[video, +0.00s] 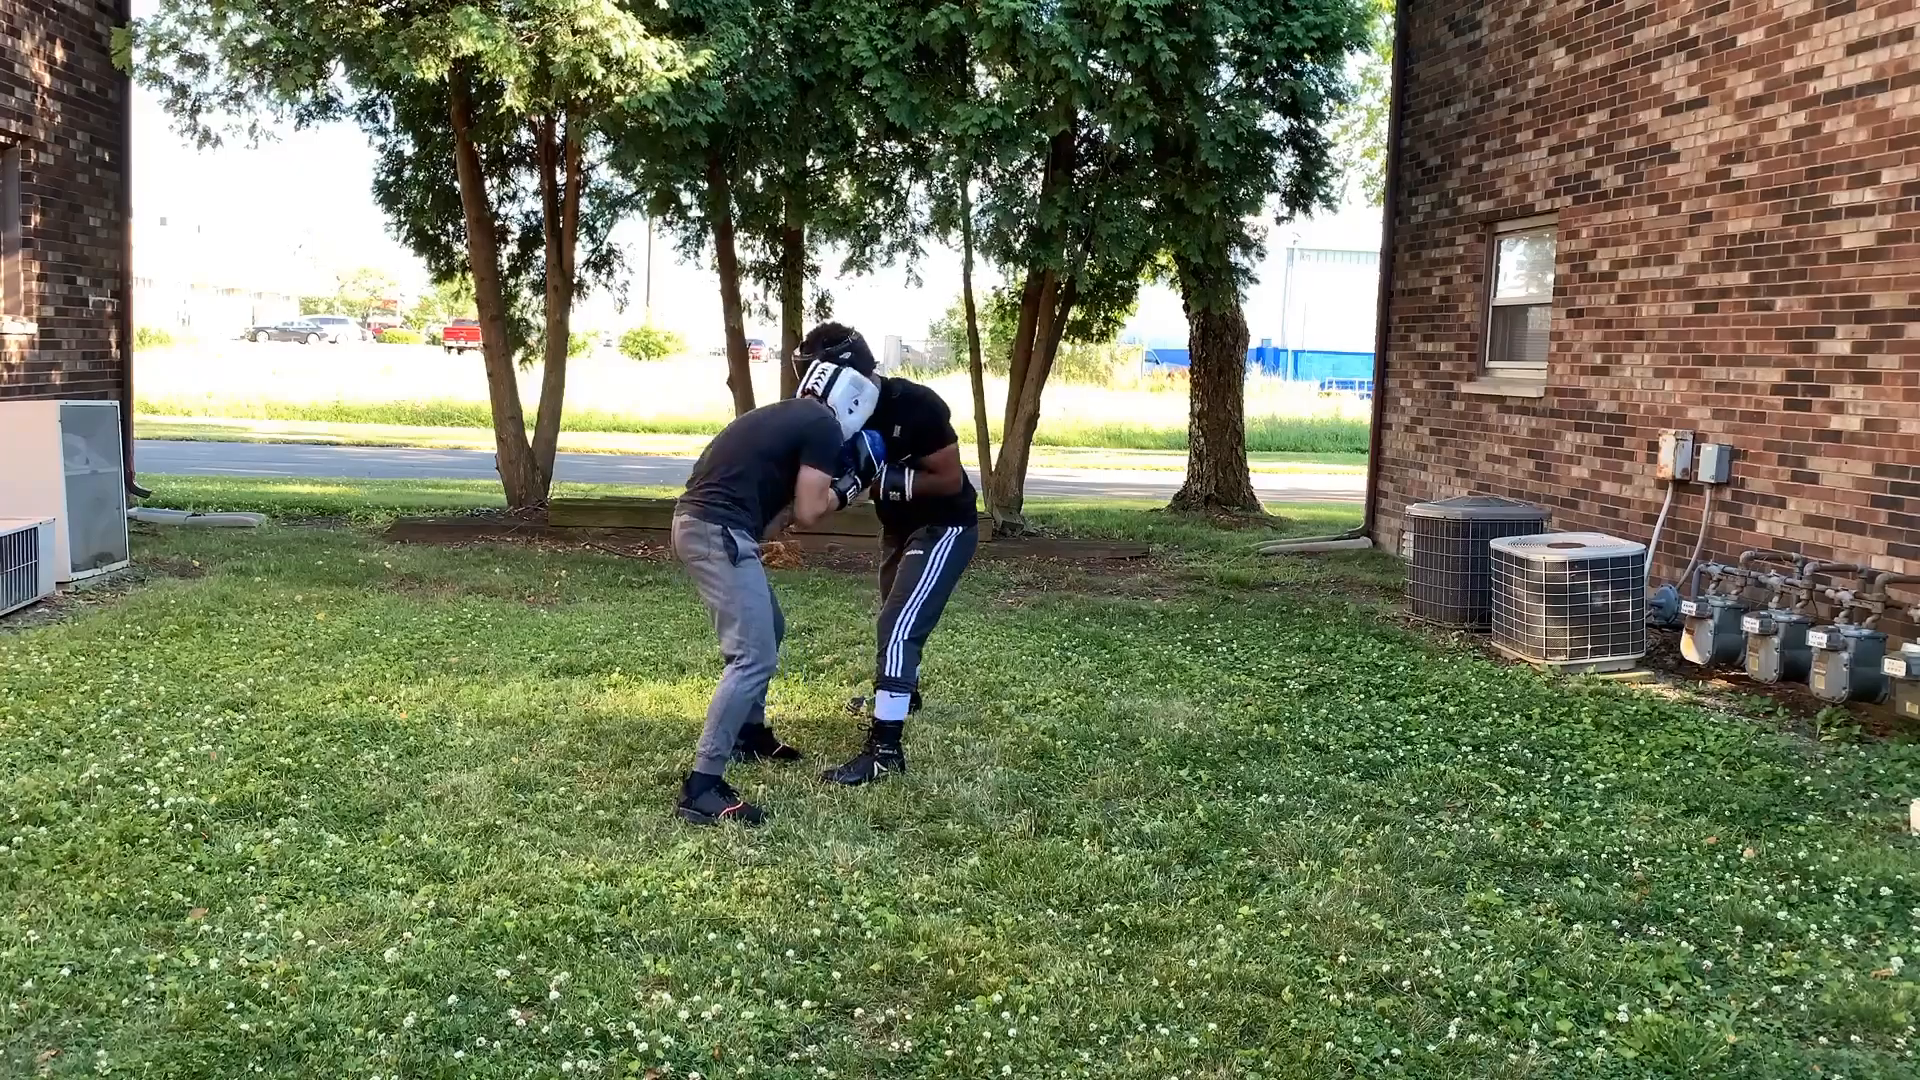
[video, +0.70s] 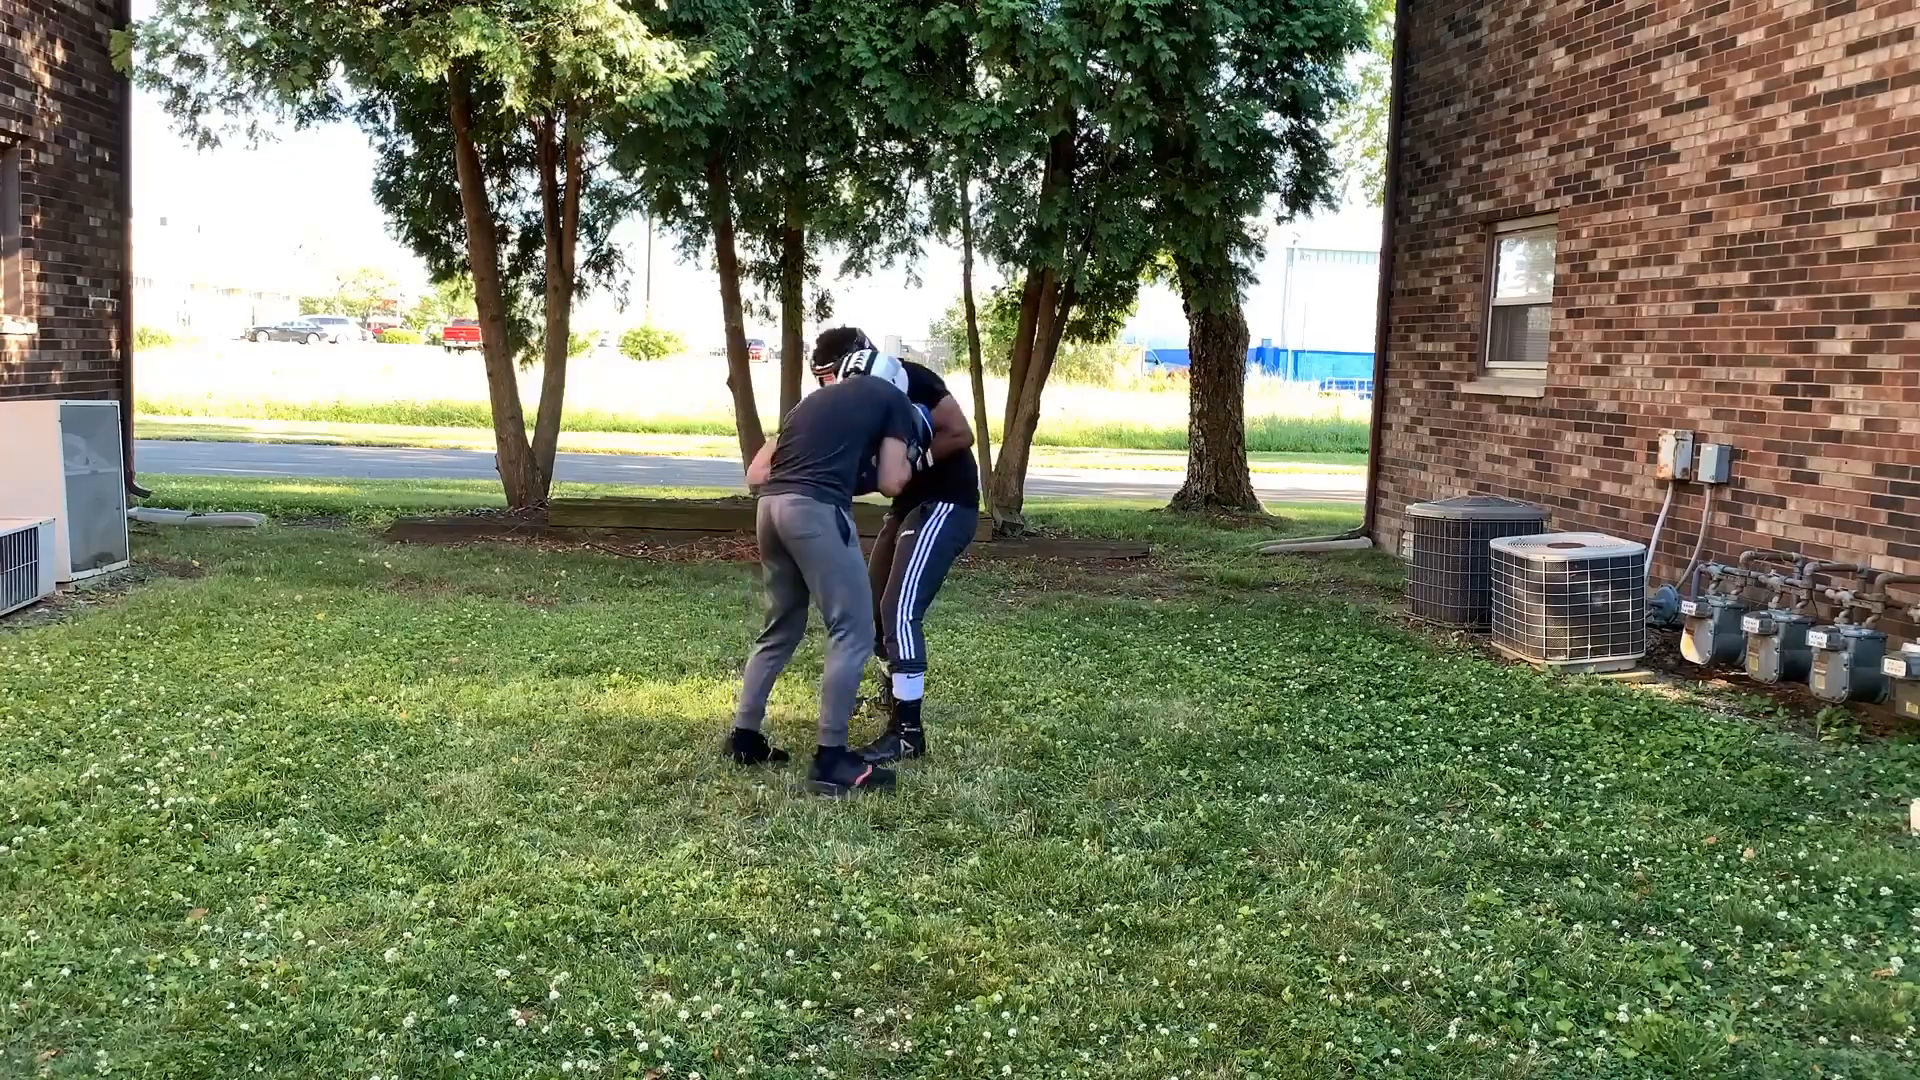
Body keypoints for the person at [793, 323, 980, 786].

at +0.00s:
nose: (811, 389)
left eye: (817, 377)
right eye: (807, 379)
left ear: (846, 371)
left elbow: (950, 480)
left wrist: (893, 481)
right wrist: (852, 476)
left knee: (898, 624)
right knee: (891, 616)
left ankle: (885, 749)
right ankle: (900, 694)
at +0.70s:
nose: (822, 386)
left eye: (826, 376)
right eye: (820, 378)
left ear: (851, 363)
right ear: (841, 369)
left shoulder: (909, 377)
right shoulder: (854, 404)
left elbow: (959, 432)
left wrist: (909, 461)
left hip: (945, 505)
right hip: (907, 506)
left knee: (899, 609)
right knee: (876, 606)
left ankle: (908, 734)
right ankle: (898, 706)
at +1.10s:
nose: (911, 372)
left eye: (913, 364)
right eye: (912, 362)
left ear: (867, 351)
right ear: (898, 355)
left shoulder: (840, 385)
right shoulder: (890, 387)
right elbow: (907, 470)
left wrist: (910, 435)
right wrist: (927, 444)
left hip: (823, 522)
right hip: (855, 525)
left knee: (861, 619)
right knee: (877, 646)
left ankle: (827, 707)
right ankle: (851, 763)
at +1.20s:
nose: (923, 384)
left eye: (926, 375)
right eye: (924, 373)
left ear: (884, 354)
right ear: (909, 361)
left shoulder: (856, 386)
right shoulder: (887, 393)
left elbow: (860, 470)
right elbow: (881, 474)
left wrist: (906, 455)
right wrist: (912, 460)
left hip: (826, 518)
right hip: (845, 522)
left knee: (861, 628)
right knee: (867, 642)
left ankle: (833, 711)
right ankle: (849, 763)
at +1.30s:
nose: (931, 401)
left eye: (937, 393)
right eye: (935, 391)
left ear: (903, 369)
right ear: (922, 377)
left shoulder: (876, 395)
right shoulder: (892, 402)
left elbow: (873, 480)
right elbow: (873, 481)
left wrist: (913, 463)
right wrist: (918, 468)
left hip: (834, 520)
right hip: (826, 522)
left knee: (871, 621)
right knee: (847, 633)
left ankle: (830, 713)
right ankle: (839, 757)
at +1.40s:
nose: (942, 416)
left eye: (948, 408)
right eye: (945, 405)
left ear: (913, 382)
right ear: (930, 389)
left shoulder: (891, 407)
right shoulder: (902, 413)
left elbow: (874, 498)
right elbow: (875, 494)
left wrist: (917, 477)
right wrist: (921, 480)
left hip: (829, 517)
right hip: (814, 516)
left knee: (866, 619)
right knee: (839, 632)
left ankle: (833, 710)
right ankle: (817, 751)